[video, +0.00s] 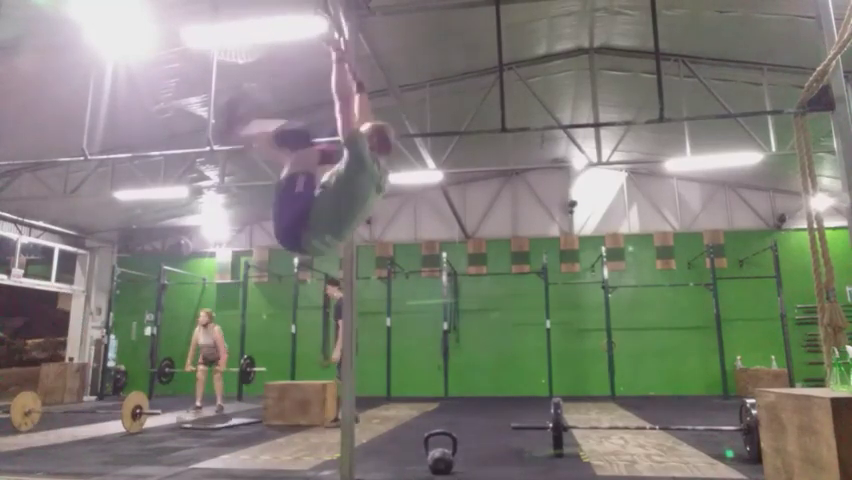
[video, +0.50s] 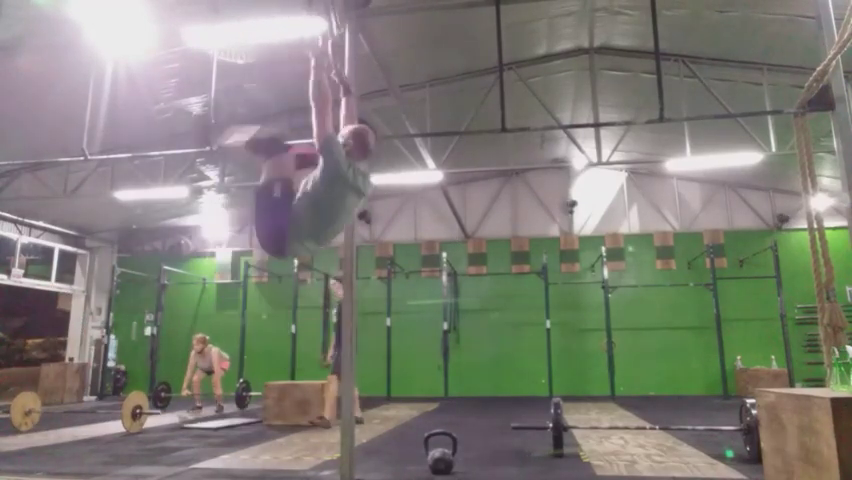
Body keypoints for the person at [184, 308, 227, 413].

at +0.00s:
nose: (200, 319)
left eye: (203, 316)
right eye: (200, 316)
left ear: (209, 319)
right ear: (198, 318)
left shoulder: (215, 329)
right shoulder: (197, 330)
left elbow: (221, 347)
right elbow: (192, 347)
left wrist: (222, 364)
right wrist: (189, 363)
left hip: (217, 354)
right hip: (204, 355)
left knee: (217, 376)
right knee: (200, 375)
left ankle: (219, 402)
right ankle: (198, 402)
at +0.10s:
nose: (203, 313)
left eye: (206, 311)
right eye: (203, 311)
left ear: (211, 313)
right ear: (201, 312)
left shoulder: (218, 326)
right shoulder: (200, 325)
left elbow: (223, 346)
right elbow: (194, 343)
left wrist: (222, 361)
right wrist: (191, 358)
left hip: (216, 358)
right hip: (203, 357)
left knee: (217, 380)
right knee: (202, 380)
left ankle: (219, 403)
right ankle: (198, 402)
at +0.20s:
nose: (205, 312)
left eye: (207, 310)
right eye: (204, 310)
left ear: (213, 312)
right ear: (203, 312)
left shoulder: (218, 324)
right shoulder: (200, 324)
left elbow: (223, 340)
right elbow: (195, 340)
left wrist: (223, 356)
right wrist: (191, 356)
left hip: (216, 354)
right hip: (203, 354)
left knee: (216, 378)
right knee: (201, 378)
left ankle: (219, 403)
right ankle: (198, 402)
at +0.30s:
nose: (203, 315)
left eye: (206, 313)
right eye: (202, 313)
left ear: (211, 315)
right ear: (201, 315)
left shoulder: (215, 327)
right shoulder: (199, 327)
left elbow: (217, 344)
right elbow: (194, 345)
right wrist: (190, 360)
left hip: (209, 359)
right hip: (199, 359)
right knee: (197, 380)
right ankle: (198, 400)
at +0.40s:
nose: (198, 332)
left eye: (201, 329)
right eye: (197, 329)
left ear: (207, 330)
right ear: (196, 330)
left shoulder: (215, 338)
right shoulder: (196, 340)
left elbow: (219, 356)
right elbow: (191, 357)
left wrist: (220, 375)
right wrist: (187, 373)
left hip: (218, 359)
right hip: (205, 360)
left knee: (219, 381)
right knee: (197, 379)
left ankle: (219, 403)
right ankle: (198, 404)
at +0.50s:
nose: (195, 347)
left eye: (198, 344)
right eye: (194, 344)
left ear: (204, 344)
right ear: (193, 345)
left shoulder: (213, 351)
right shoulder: (194, 353)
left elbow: (217, 369)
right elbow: (190, 370)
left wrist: (217, 388)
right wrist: (184, 387)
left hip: (221, 364)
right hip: (205, 367)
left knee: (215, 381)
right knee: (195, 379)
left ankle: (219, 404)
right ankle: (198, 404)